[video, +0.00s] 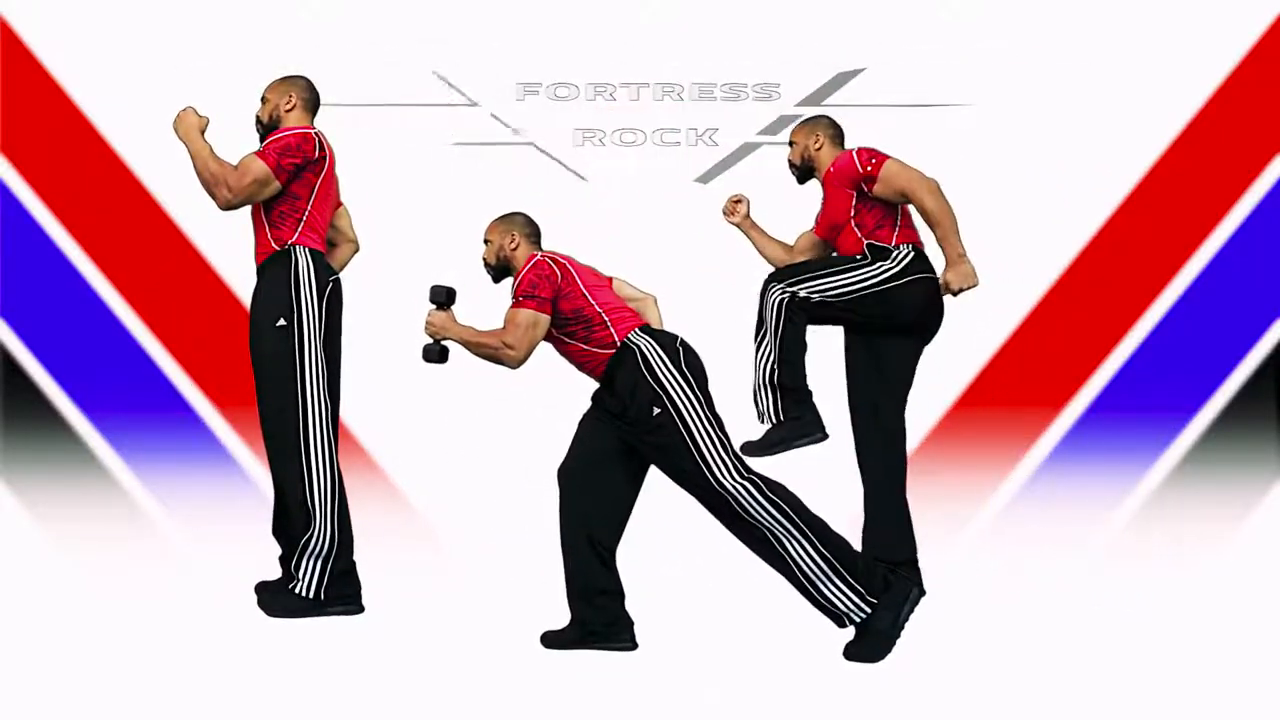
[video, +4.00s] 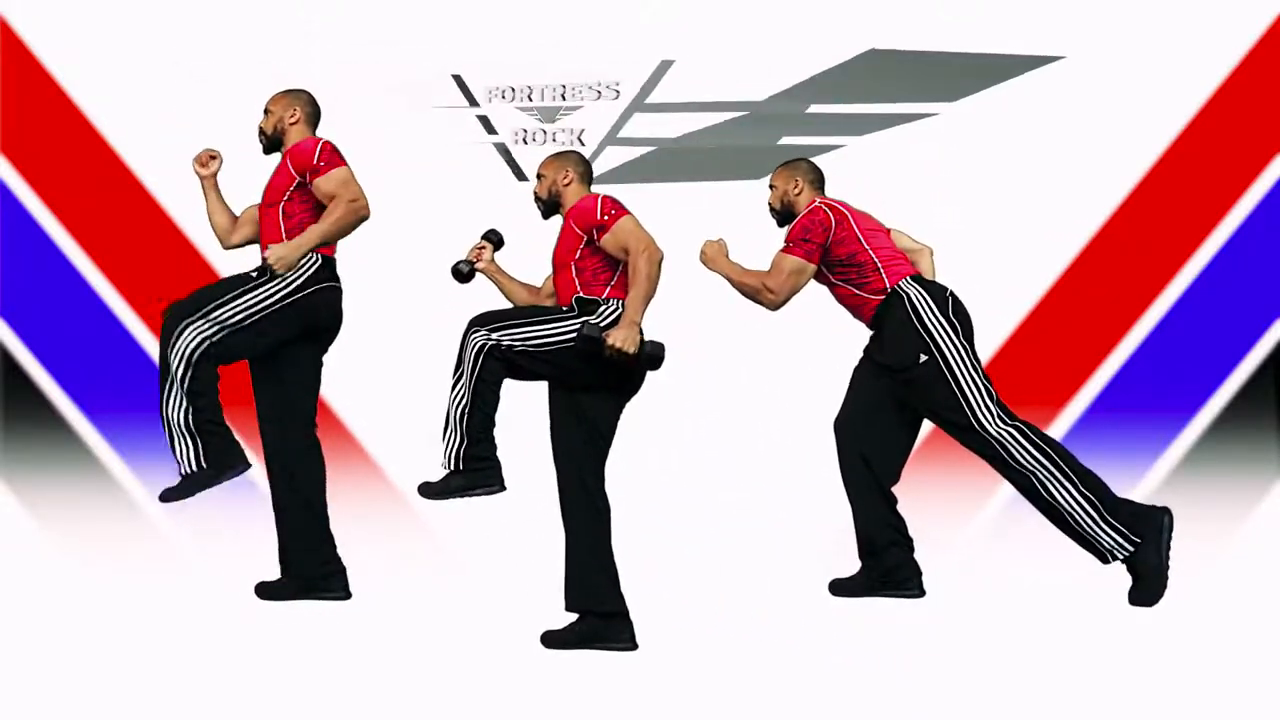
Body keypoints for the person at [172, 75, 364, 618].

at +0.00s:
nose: (257, 111)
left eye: (263, 100)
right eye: (259, 103)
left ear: (287, 101)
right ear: (299, 106)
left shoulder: (299, 141)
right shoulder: (306, 154)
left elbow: (228, 191)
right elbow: (344, 240)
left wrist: (194, 137)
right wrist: (299, 287)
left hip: (296, 285)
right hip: (295, 287)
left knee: (305, 432)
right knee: (295, 432)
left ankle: (322, 582)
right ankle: (310, 575)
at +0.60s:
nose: (261, 120)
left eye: (268, 111)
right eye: (263, 112)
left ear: (292, 114)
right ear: (295, 117)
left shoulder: (313, 153)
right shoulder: (283, 174)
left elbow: (300, 217)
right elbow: (282, 263)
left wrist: (229, 204)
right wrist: (235, 249)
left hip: (298, 287)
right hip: (288, 292)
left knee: (241, 400)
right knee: (291, 426)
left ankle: (285, 562)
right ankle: (318, 566)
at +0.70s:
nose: (262, 120)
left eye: (269, 111)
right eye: (265, 113)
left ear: (294, 113)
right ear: (296, 118)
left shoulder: (314, 152)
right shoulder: (287, 175)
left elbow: (339, 213)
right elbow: (251, 253)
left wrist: (263, 231)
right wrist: (215, 209)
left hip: (301, 284)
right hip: (295, 293)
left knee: (198, 353)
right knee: (288, 436)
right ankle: (314, 571)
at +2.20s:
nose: (263, 124)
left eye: (269, 114)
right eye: (265, 116)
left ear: (293, 114)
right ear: (299, 118)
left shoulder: (316, 157)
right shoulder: (288, 175)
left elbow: (292, 221)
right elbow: (272, 266)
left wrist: (223, 199)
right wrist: (222, 258)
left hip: (299, 287)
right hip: (294, 292)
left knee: (223, 393)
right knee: (287, 429)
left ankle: (266, 549)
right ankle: (318, 567)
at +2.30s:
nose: (260, 122)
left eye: (266, 112)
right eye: (262, 115)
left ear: (291, 111)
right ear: (300, 116)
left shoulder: (309, 152)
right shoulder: (297, 164)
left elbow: (258, 206)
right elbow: (297, 254)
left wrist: (202, 169)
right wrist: (255, 288)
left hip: (298, 287)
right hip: (292, 289)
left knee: (261, 421)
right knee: (286, 427)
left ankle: (292, 572)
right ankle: (322, 566)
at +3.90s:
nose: (261, 121)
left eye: (267, 112)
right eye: (262, 113)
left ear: (292, 113)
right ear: (294, 117)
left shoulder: (309, 149)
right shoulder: (278, 178)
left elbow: (328, 211)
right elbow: (256, 258)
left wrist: (256, 232)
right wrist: (212, 216)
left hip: (302, 284)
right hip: (294, 291)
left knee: (207, 366)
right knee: (288, 429)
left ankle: (246, 503)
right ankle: (315, 570)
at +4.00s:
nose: (260, 120)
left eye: (267, 111)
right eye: (262, 113)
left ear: (293, 113)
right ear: (292, 118)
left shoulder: (309, 147)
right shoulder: (285, 180)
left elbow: (354, 205)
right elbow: (232, 234)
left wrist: (298, 245)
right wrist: (209, 181)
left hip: (295, 283)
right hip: (301, 297)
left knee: (185, 326)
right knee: (289, 437)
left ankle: (211, 454)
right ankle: (315, 571)